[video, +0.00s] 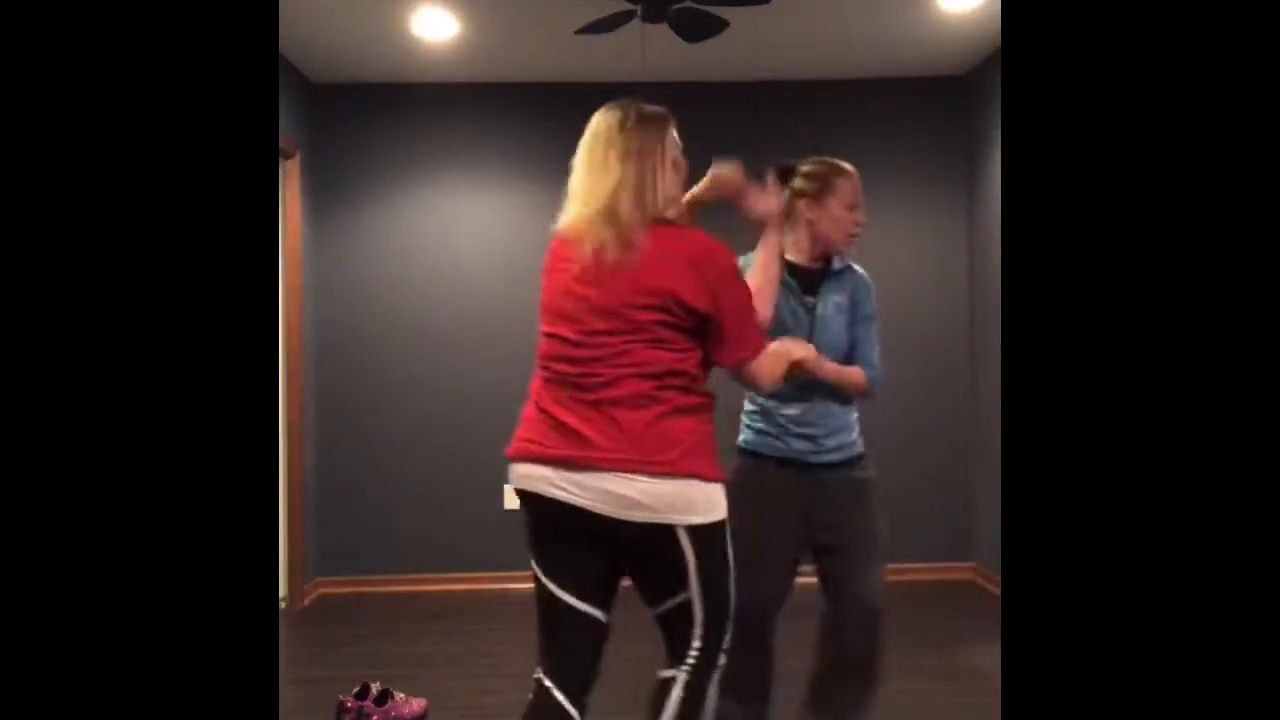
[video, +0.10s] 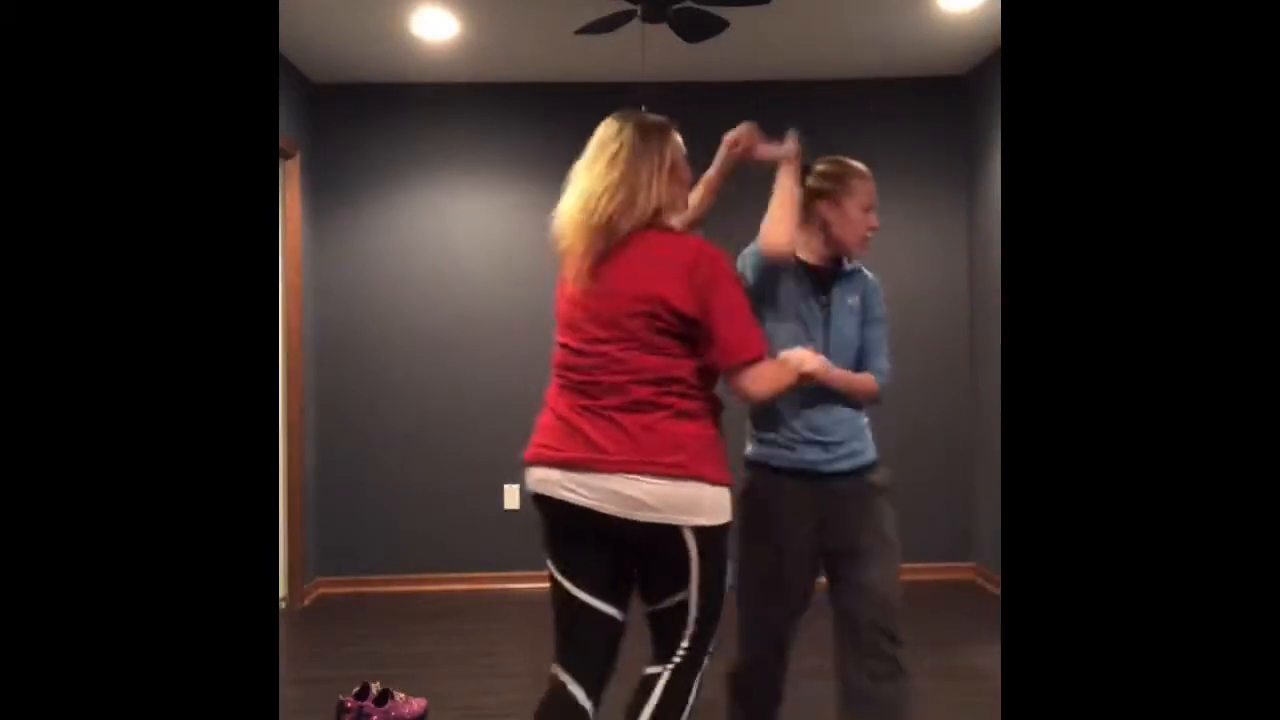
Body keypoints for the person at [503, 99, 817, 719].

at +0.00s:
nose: (680, 172)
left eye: (681, 160)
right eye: (676, 159)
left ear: (593, 166)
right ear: (657, 167)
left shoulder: (565, 245)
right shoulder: (697, 254)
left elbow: (640, 236)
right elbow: (761, 369)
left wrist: (702, 193)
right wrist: (791, 350)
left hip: (555, 486)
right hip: (667, 497)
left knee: (562, 670)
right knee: (696, 654)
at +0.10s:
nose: (690, 178)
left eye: (688, 166)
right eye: (682, 165)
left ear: (604, 175)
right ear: (662, 175)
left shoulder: (583, 249)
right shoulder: (696, 260)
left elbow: (679, 224)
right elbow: (755, 384)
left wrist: (724, 165)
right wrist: (795, 363)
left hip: (569, 485)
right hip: (675, 496)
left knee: (578, 662)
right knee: (679, 659)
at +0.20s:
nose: (702, 188)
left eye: (700, 173)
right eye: (693, 173)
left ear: (621, 181)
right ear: (667, 182)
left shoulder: (597, 258)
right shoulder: (692, 263)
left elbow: (688, 245)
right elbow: (733, 380)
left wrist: (750, 169)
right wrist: (815, 371)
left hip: (590, 484)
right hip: (686, 497)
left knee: (613, 650)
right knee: (674, 666)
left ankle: (579, 710)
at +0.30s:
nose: (719, 178)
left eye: (715, 166)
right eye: (709, 167)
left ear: (646, 181)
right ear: (679, 180)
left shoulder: (629, 262)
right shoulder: (695, 264)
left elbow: (717, 263)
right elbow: (704, 370)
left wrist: (774, 201)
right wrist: (816, 374)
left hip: (625, 480)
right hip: (694, 490)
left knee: (667, 627)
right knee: (685, 650)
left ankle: (619, 707)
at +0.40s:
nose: (738, 179)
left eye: (732, 167)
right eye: (725, 168)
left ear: (675, 182)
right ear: (691, 180)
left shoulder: (664, 257)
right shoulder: (695, 262)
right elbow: (685, 367)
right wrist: (810, 369)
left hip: (664, 467)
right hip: (697, 475)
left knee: (743, 595)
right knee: (691, 646)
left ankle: (705, 699)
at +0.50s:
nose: (753, 182)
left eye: (750, 171)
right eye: (742, 171)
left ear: (708, 183)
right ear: (705, 180)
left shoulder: (730, 262)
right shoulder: (689, 260)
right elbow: (679, 367)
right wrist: (795, 365)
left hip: (736, 458)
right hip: (698, 461)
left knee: (768, 602)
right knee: (707, 626)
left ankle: (769, 707)